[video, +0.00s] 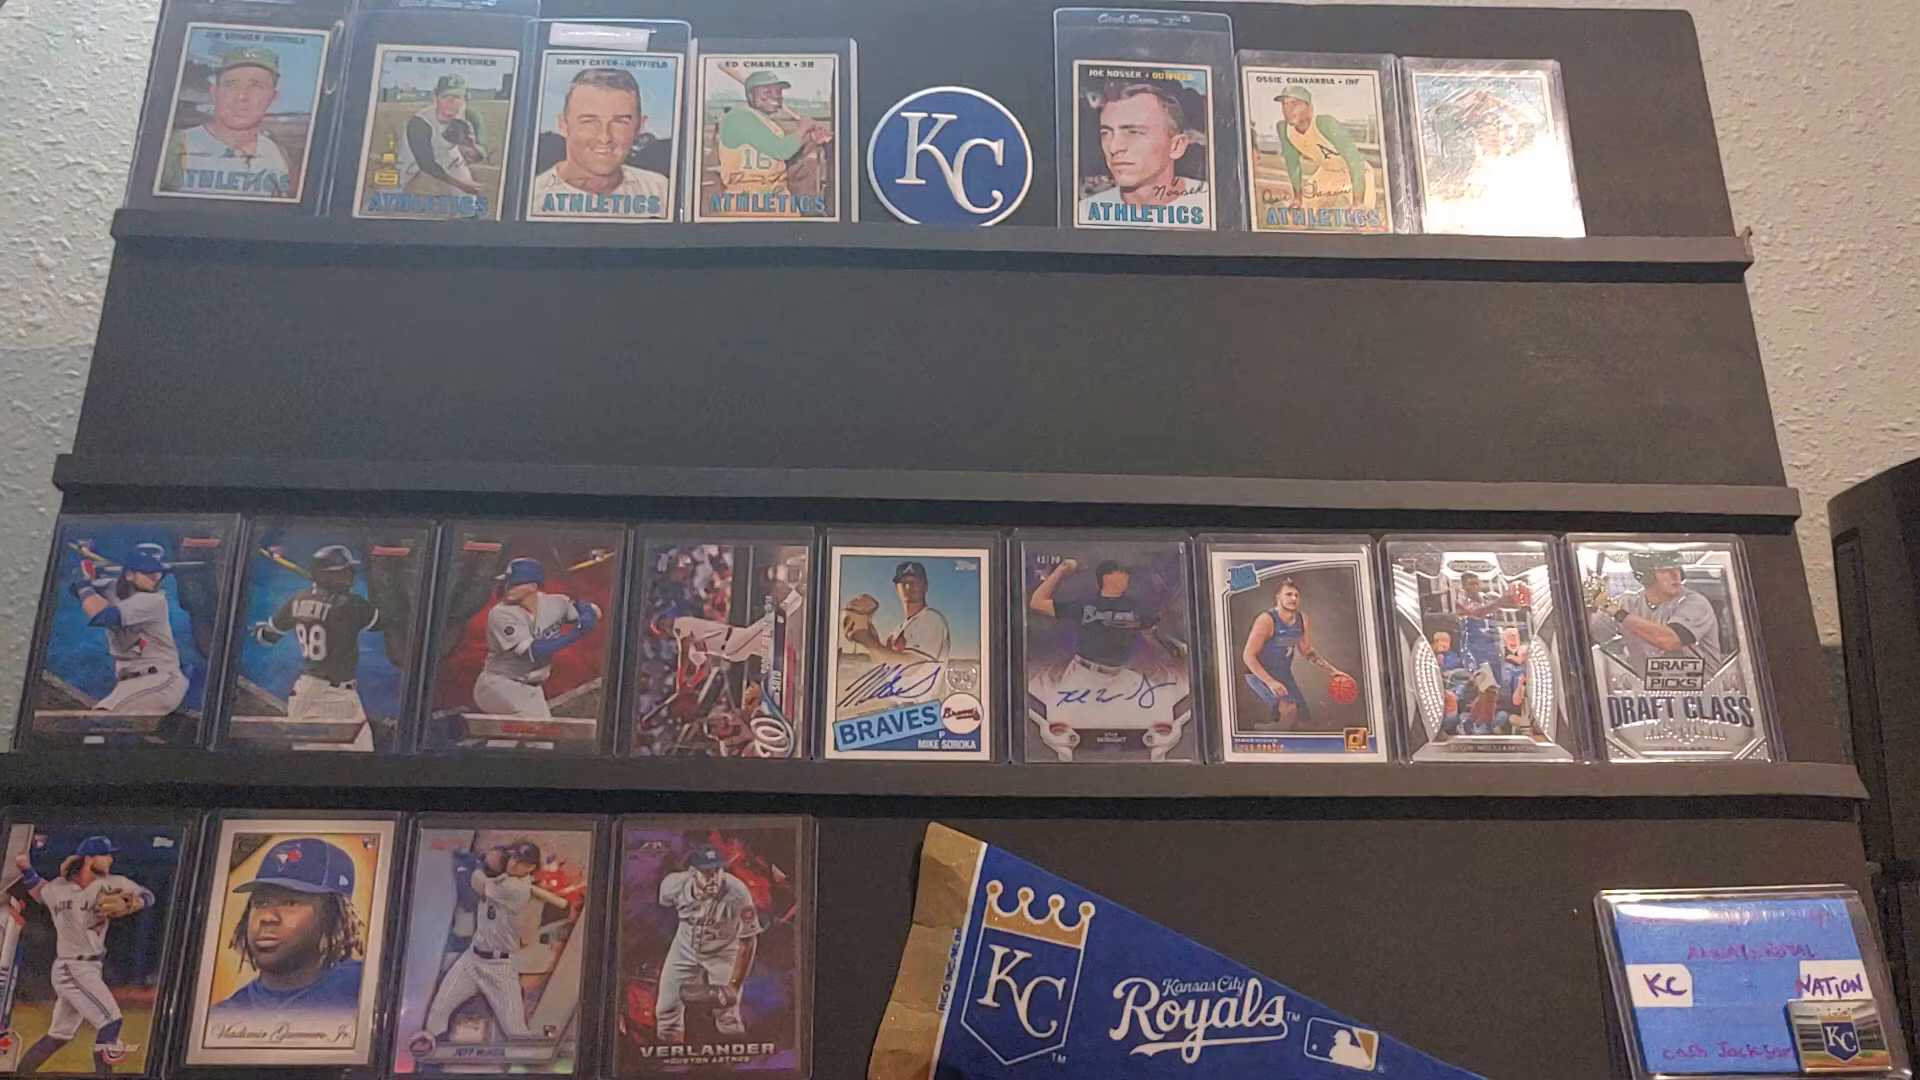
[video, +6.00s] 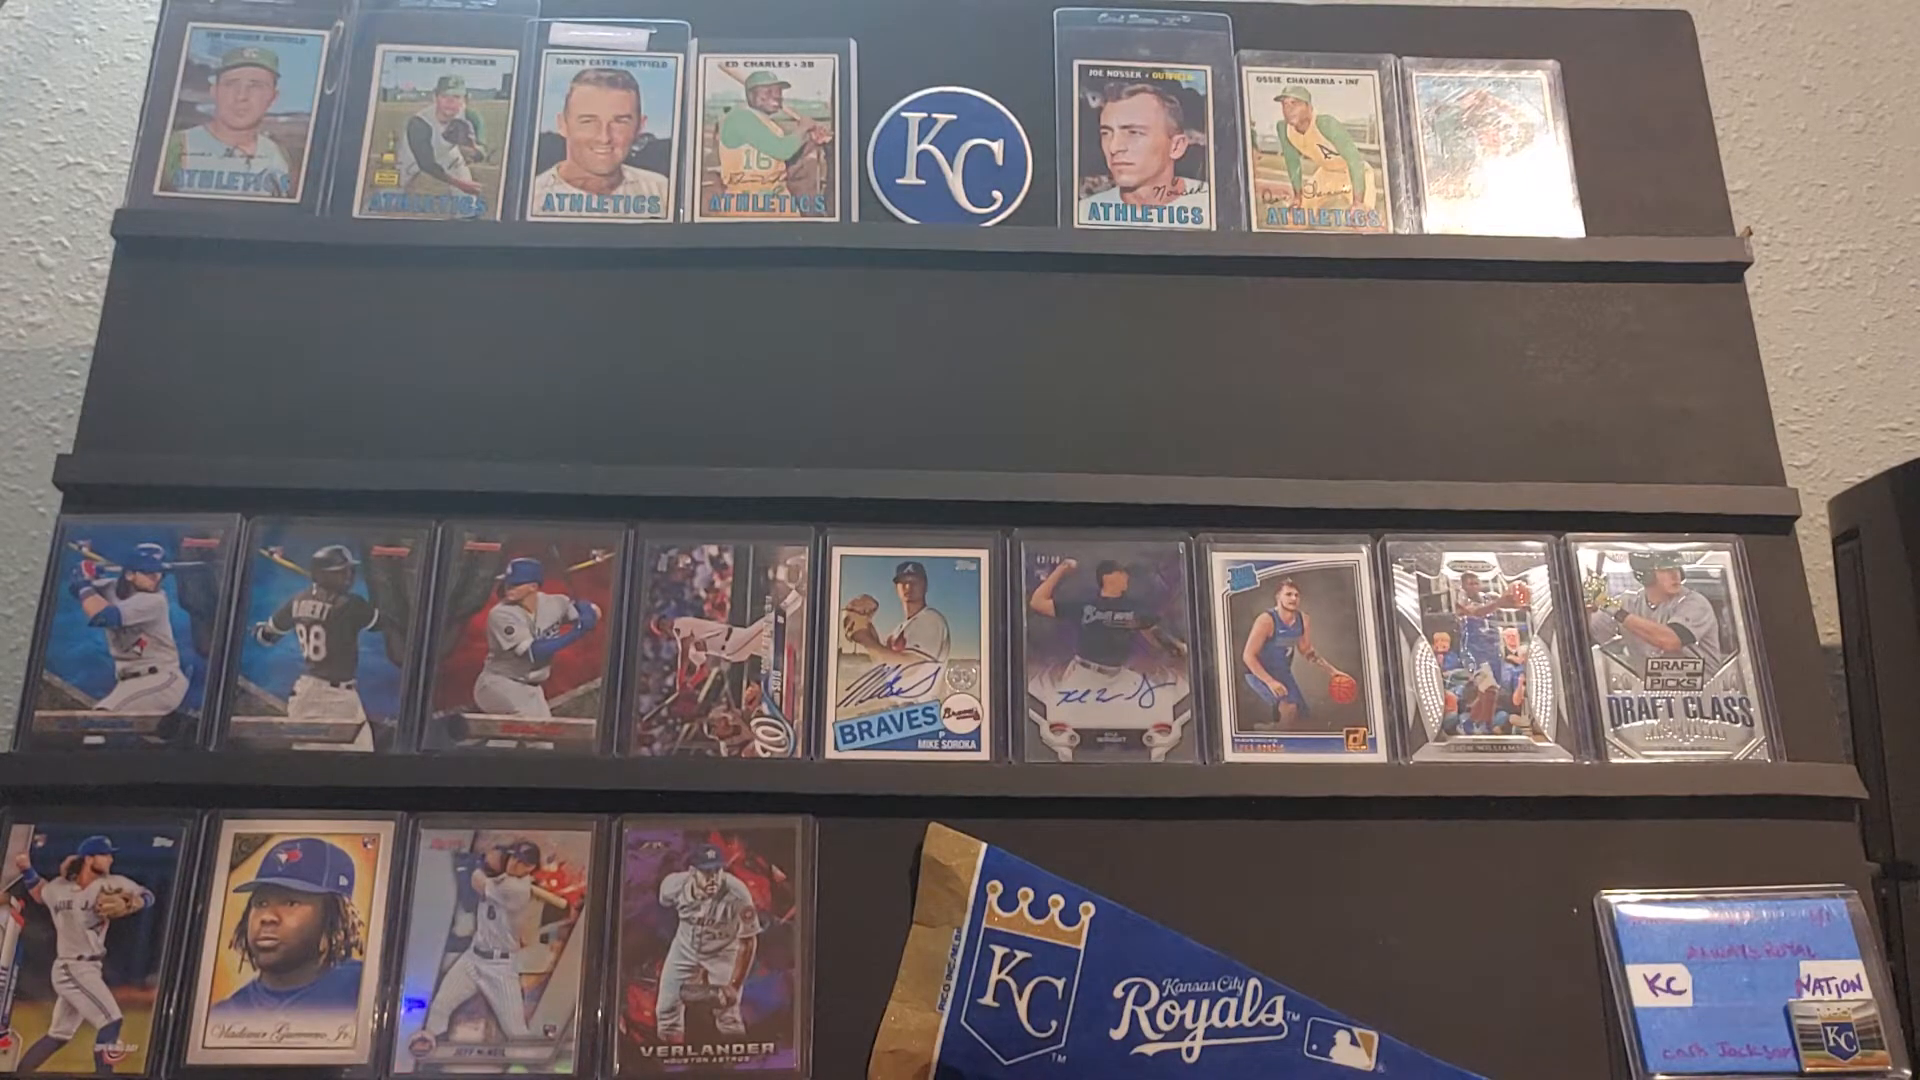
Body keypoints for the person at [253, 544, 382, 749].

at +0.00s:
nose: (351, 576)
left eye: (350, 571)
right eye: (347, 571)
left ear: (319, 574)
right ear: (335, 575)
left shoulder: (299, 600)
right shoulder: (351, 605)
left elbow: (267, 637)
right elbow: (386, 622)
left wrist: (259, 630)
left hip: (305, 695)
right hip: (341, 699)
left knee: (307, 766)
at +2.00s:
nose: (351, 577)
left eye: (351, 571)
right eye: (347, 571)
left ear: (320, 574)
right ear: (331, 575)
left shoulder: (299, 601)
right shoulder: (351, 605)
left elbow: (268, 637)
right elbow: (385, 623)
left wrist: (259, 630)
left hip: (305, 692)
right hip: (341, 697)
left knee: (306, 765)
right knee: (360, 766)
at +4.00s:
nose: (350, 577)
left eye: (350, 571)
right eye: (346, 572)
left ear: (320, 574)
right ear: (334, 575)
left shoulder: (299, 601)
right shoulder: (352, 605)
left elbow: (267, 637)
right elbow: (387, 622)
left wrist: (259, 630)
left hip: (305, 693)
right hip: (341, 697)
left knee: (306, 764)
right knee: (361, 765)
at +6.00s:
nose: (350, 577)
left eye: (350, 571)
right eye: (346, 572)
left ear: (320, 575)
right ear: (334, 575)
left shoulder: (299, 601)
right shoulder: (351, 605)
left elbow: (267, 637)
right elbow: (385, 622)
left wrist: (259, 631)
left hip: (306, 694)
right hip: (342, 697)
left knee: (305, 765)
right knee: (360, 766)